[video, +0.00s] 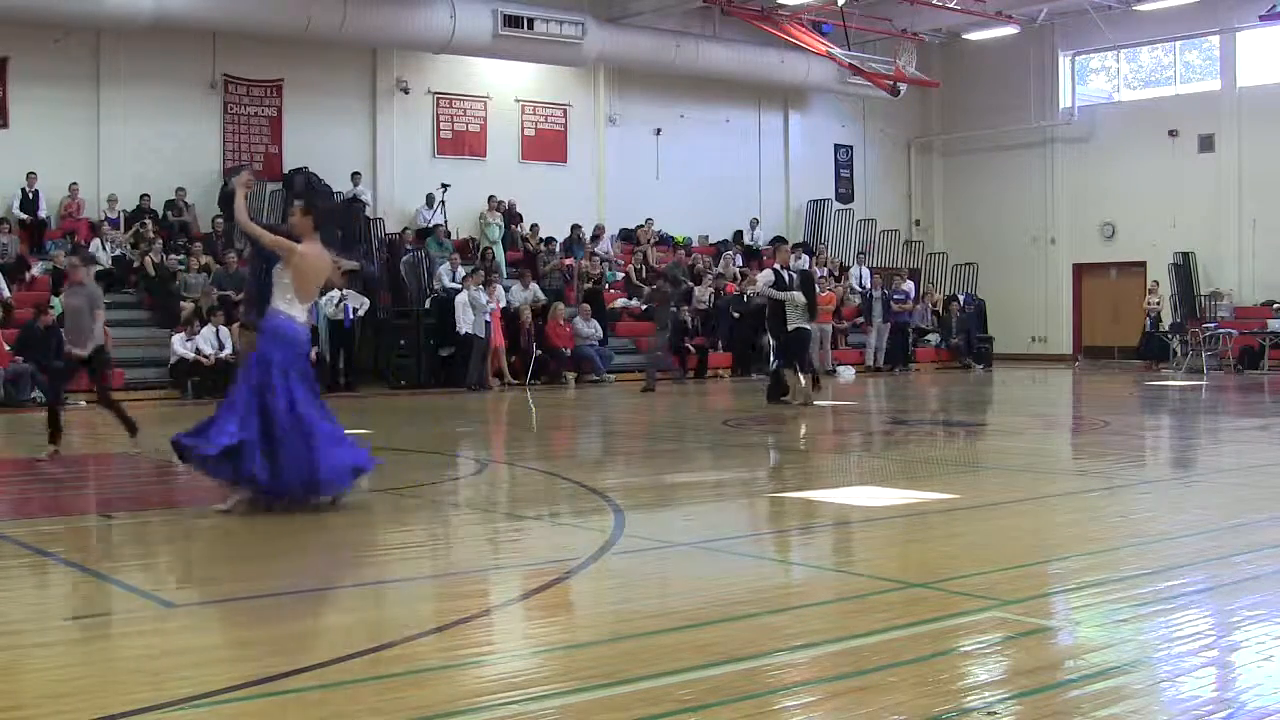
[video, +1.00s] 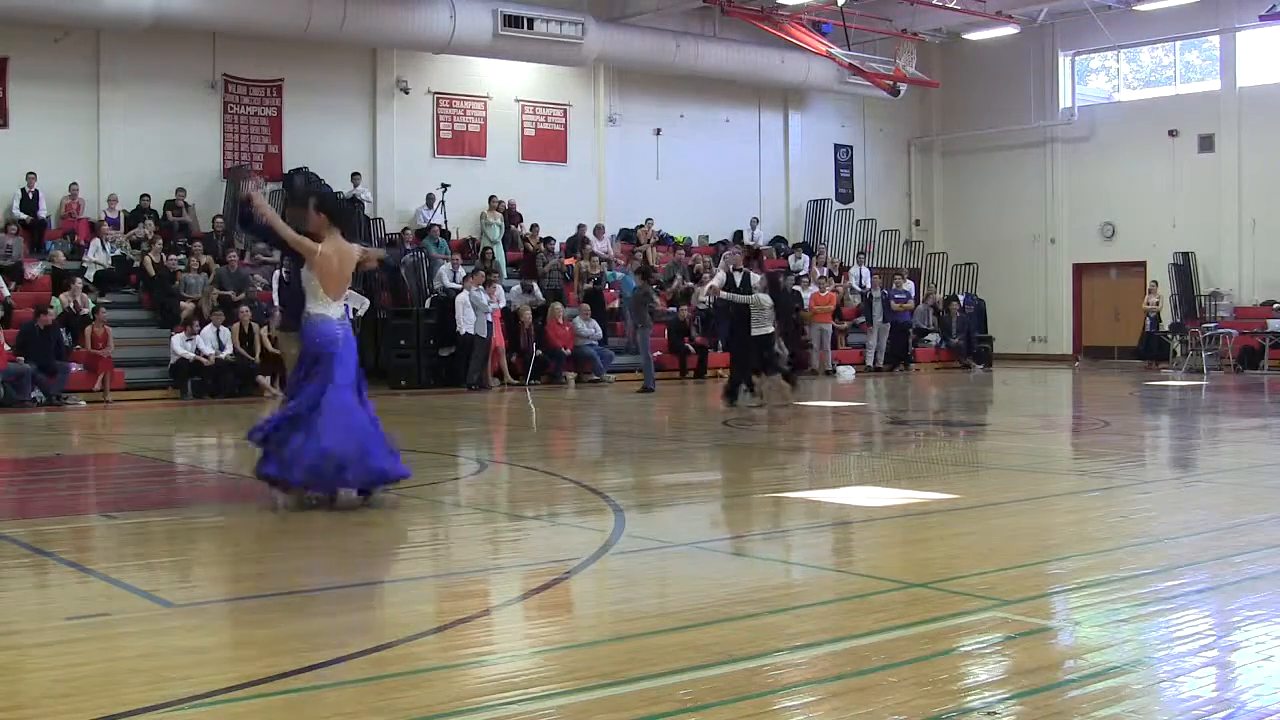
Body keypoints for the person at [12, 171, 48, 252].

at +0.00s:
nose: (33, 181)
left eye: (34, 179)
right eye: (31, 178)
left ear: (36, 180)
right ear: (27, 180)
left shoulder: (39, 193)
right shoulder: (20, 192)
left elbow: (42, 208)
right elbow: (15, 209)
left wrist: (41, 216)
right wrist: (25, 217)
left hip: (36, 218)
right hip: (25, 218)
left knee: (43, 223)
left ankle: (40, 247)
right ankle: (31, 248)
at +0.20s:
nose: (32, 181)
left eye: (34, 179)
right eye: (30, 178)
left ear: (36, 180)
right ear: (26, 180)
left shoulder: (39, 193)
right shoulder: (20, 192)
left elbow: (42, 209)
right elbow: (15, 209)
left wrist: (41, 216)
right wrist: (25, 217)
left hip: (36, 218)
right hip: (25, 218)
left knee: (43, 223)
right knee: (33, 225)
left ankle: (39, 247)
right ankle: (32, 248)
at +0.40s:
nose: (32, 181)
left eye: (34, 179)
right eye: (30, 178)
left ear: (36, 180)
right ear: (26, 180)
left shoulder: (39, 193)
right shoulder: (20, 192)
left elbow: (42, 209)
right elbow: (15, 210)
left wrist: (41, 216)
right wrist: (25, 217)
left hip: (36, 217)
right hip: (24, 218)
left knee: (42, 223)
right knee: (34, 225)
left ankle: (39, 247)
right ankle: (32, 248)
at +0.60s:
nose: (32, 181)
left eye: (34, 179)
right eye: (30, 178)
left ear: (36, 180)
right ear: (26, 180)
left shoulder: (39, 193)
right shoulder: (20, 192)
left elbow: (42, 208)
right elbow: (15, 210)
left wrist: (41, 216)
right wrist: (25, 217)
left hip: (36, 217)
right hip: (24, 217)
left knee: (42, 223)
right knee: (34, 225)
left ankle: (39, 247)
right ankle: (32, 249)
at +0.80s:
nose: (31, 181)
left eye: (33, 179)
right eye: (29, 179)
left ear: (36, 180)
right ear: (26, 180)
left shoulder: (39, 193)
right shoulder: (20, 192)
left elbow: (42, 209)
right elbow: (14, 210)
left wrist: (41, 216)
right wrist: (25, 217)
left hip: (36, 217)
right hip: (24, 217)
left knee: (42, 223)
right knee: (34, 224)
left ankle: (40, 248)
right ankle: (32, 248)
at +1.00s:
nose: (31, 181)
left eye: (33, 179)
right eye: (29, 179)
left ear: (36, 180)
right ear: (26, 180)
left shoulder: (39, 193)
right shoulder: (20, 192)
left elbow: (42, 209)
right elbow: (15, 210)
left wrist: (41, 216)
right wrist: (25, 217)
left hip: (36, 217)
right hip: (24, 217)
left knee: (42, 223)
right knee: (34, 225)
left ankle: (40, 248)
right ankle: (33, 248)